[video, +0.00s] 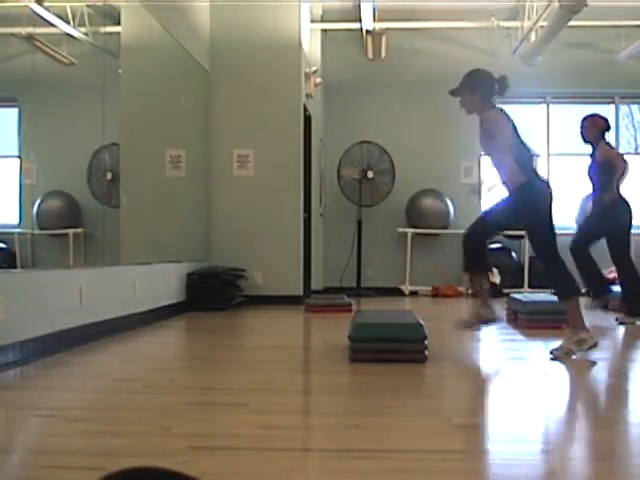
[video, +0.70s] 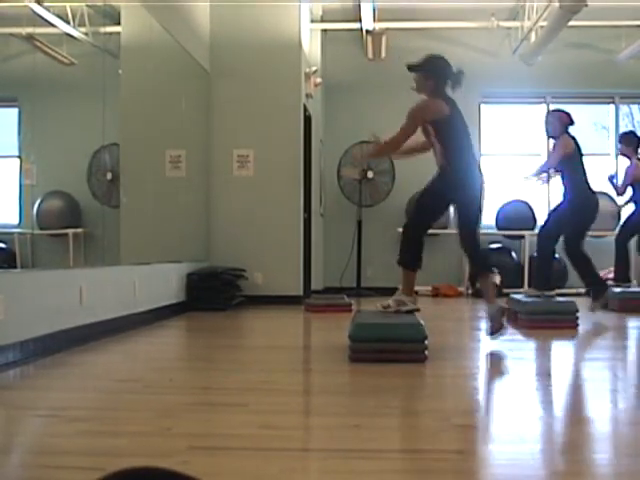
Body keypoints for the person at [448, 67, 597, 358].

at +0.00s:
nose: (460, 101)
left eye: (464, 95)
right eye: (460, 95)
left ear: (478, 94)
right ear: (479, 95)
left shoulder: (494, 118)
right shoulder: (489, 121)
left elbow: (506, 156)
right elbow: (521, 154)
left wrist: (518, 183)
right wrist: (523, 178)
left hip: (530, 193)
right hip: (528, 193)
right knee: (473, 238)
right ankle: (482, 307)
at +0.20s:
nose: (459, 108)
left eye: (463, 103)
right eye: (460, 103)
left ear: (476, 104)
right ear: (484, 104)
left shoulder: (481, 131)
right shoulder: (497, 130)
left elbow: (487, 171)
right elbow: (527, 162)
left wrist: (498, 205)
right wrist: (533, 193)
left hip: (507, 209)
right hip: (515, 206)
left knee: (508, 269)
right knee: (507, 267)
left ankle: (570, 326)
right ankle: (520, 328)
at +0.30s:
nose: (452, 92)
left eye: (457, 87)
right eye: (453, 87)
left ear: (471, 89)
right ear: (474, 90)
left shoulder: (476, 115)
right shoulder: (478, 113)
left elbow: (478, 152)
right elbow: (468, 151)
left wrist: (471, 184)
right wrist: (459, 181)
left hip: (505, 189)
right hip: (513, 187)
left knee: (481, 250)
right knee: (505, 254)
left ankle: (521, 305)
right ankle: (518, 320)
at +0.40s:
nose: (445, 91)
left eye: (449, 86)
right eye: (446, 86)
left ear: (462, 88)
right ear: (471, 89)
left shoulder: (462, 112)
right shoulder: (475, 115)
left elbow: (433, 141)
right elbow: (448, 152)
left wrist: (407, 150)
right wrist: (413, 154)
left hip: (497, 185)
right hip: (511, 184)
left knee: (453, 228)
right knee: (508, 253)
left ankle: (458, 299)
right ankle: (516, 320)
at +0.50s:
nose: (437, 99)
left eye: (441, 94)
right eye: (438, 94)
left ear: (454, 97)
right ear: (460, 98)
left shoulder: (456, 122)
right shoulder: (461, 122)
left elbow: (411, 137)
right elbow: (419, 137)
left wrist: (382, 124)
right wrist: (393, 119)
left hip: (490, 195)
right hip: (493, 194)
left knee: (434, 231)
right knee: (500, 255)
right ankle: (518, 324)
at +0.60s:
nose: (426, 96)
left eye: (430, 92)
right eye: (427, 92)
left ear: (442, 95)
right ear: (448, 96)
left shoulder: (442, 121)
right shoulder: (453, 120)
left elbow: (396, 139)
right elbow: (410, 136)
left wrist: (371, 124)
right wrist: (386, 117)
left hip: (468, 193)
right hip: (483, 192)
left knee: (417, 230)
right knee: (491, 253)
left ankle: (406, 296)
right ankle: (517, 320)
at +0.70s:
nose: (414, 79)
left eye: (419, 75)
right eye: (416, 75)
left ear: (431, 80)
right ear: (440, 80)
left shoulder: (423, 109)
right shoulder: (448, 107)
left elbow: (395, 142)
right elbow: (428, 144)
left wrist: (370, 153)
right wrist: (393, 152)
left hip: (448, 179)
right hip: (471, 179)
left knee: (414, 226)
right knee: (470, 242)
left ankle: (406, 295)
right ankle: (493, 305)